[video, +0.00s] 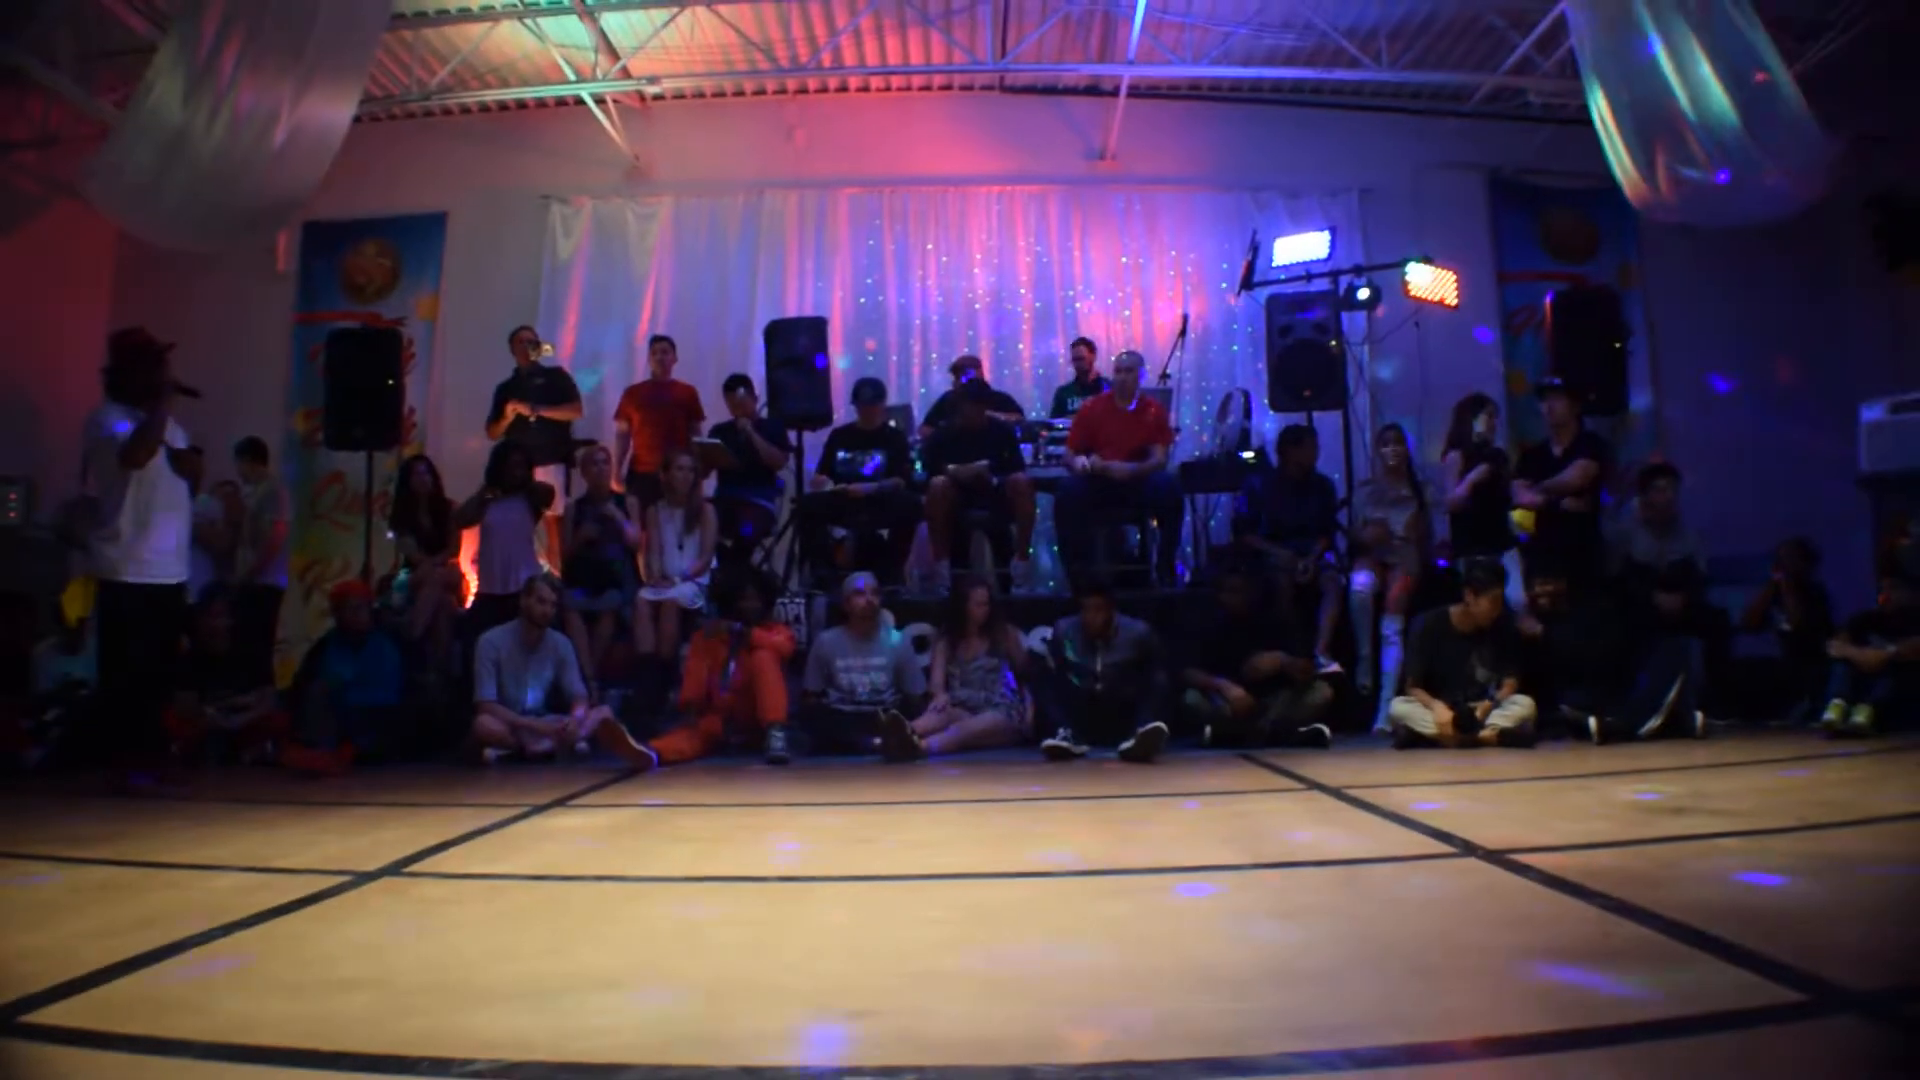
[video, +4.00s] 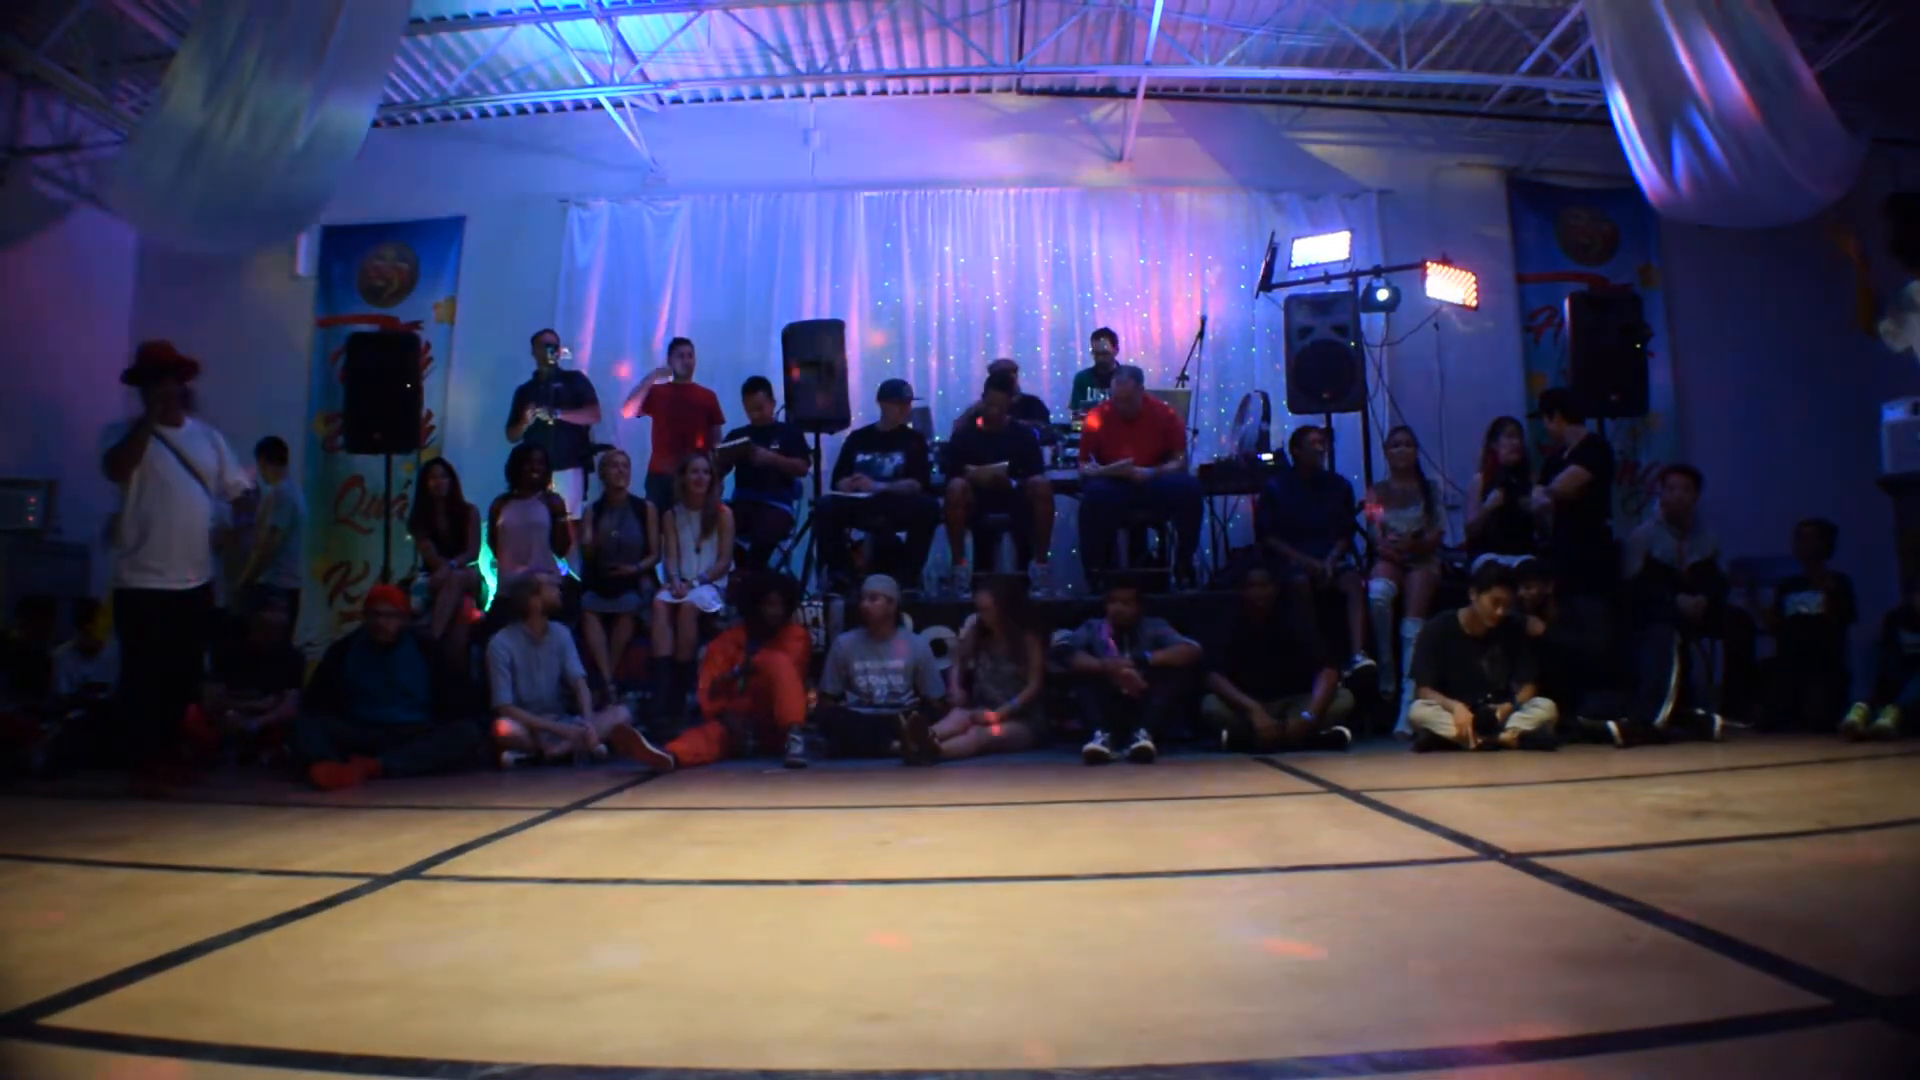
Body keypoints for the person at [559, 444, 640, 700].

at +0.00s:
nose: (601, 469)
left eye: (606, 463)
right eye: (595, 464)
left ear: (612, 468)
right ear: (583, 471)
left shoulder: (627, 502)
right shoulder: (574, 507)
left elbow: (635, 540)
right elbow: (567, 551)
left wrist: (617, 517)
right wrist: (580, 537)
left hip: (617, 575)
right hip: (582, 576)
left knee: (608, 607)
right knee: (571, 608)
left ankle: (593, 675)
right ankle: (589, 680)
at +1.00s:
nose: (622, 469)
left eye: (628, 464)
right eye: (616, 465)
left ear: (636, 469)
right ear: (608, 471)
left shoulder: (653, 503)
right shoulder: (599, 506)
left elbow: (660, 546)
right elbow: (593, 543)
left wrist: (639, 539)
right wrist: (607, 521)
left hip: (639, 574)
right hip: (606, 574)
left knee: (634, 606)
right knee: (595, 608)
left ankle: (617, 673)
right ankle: (613, 679)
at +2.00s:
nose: (611, 470)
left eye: (617, 465)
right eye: (608, 466)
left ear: (630, 472)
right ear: (603, 473)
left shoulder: (647, 505)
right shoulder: (596, 504)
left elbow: (656, 551)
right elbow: (589, 533)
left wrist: (630, 564)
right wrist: (598, 495)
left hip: (633, 575)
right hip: (600, 573)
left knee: (628, 609)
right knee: (590, 610)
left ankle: (610, 671)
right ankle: (607, 677)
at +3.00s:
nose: (609, 468)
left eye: (615, 464)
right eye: (606, 464)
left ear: (630, 472)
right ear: (601, 473)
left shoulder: (646, 506)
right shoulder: (595, 505)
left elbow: (655, 552)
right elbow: (589, 528)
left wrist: (634, 568)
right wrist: (597, 490)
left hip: (631, 577)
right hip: (600, 575)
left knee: (627, 608)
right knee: (588, 610)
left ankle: (609, 672)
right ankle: (605, 678)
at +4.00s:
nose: (620, 471)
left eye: (625, 466)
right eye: (614, 466)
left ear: (630, 472)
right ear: (602, 473)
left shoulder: (646, 508)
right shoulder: (592, 510)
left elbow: (654, 553)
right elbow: (587, 549)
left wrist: (634, 568)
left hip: (630, 576)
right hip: (600, 574)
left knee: (626, 612)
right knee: (589, 612)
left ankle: (607, 677)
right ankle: (607, 681)